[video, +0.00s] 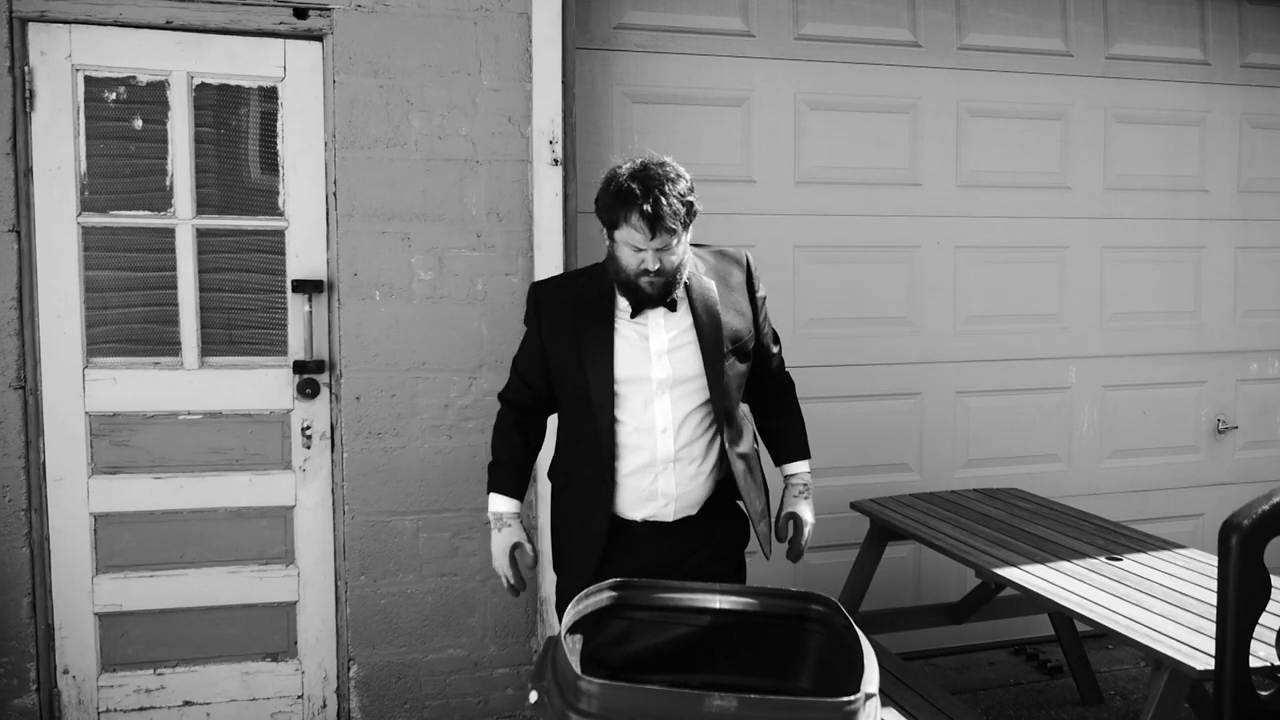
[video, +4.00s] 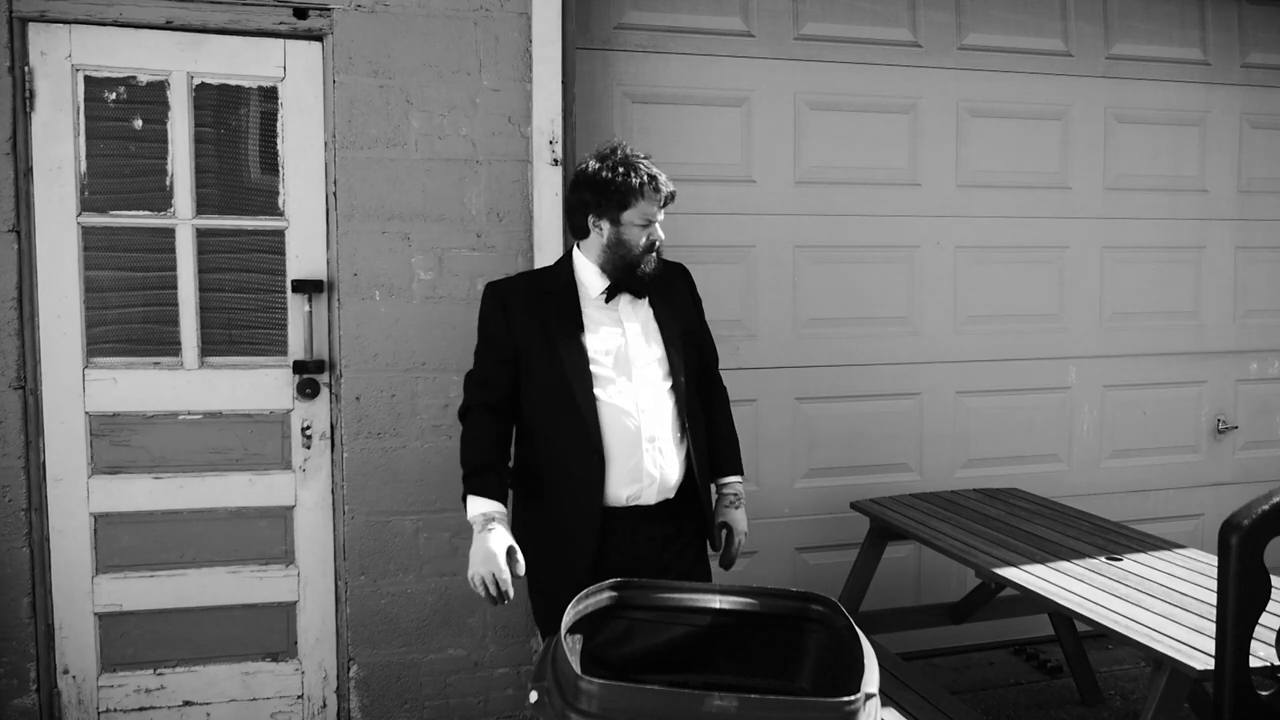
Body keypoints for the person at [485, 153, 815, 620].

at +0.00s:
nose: (652, 264)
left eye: (666, 248)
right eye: (635, 248)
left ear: (688, 232)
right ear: (609, 235)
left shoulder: (731, 279)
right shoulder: (559, 305)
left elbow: (769, 379)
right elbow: (522, 405)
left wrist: (798, 482)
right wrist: (504, 513)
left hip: (708, 540)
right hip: (603, 545)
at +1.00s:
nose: (613, 243)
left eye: (625, 228)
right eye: (597, 229)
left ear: (642, 223)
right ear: (568, 223)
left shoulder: (683, 287)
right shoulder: (518, 306)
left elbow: (721, 394)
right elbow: (485, 404)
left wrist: (738, 500)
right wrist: (470, 483)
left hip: (675, 529)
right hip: (570, 536)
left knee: (680, 696)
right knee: (585, 703)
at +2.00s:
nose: (605, 250)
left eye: (616, 232)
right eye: (587, 238)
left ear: (634, 221)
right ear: (558, 235)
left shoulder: (679, 286)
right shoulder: (529, 287)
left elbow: (719, 392)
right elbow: (455, 258)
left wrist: (737, 499)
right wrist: (530, 188)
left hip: (670, 527)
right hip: (566, 529)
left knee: (675, 691)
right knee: (577, 689)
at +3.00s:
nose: (611, 252)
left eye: (622, 235)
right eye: (594, 239)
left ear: (639, 223)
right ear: (565, 235)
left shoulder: (680, 287)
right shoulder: (526, 287)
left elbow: (719, 395)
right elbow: (441, 278)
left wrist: (734, 502)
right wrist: (510, 202)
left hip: (671, 528)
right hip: (566, 532)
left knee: (676, 696)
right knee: (576, 694)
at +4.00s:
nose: (659, 238)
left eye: (660, 223)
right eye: (646, 225)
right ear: (598, 225)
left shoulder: (672, 285)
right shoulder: (515, 303)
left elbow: (707, 387)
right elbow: (486, 414)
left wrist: (729, 491)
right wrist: (488, 522)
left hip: (674, 530)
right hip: (577, 538)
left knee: (684, 699)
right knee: (588, 707)